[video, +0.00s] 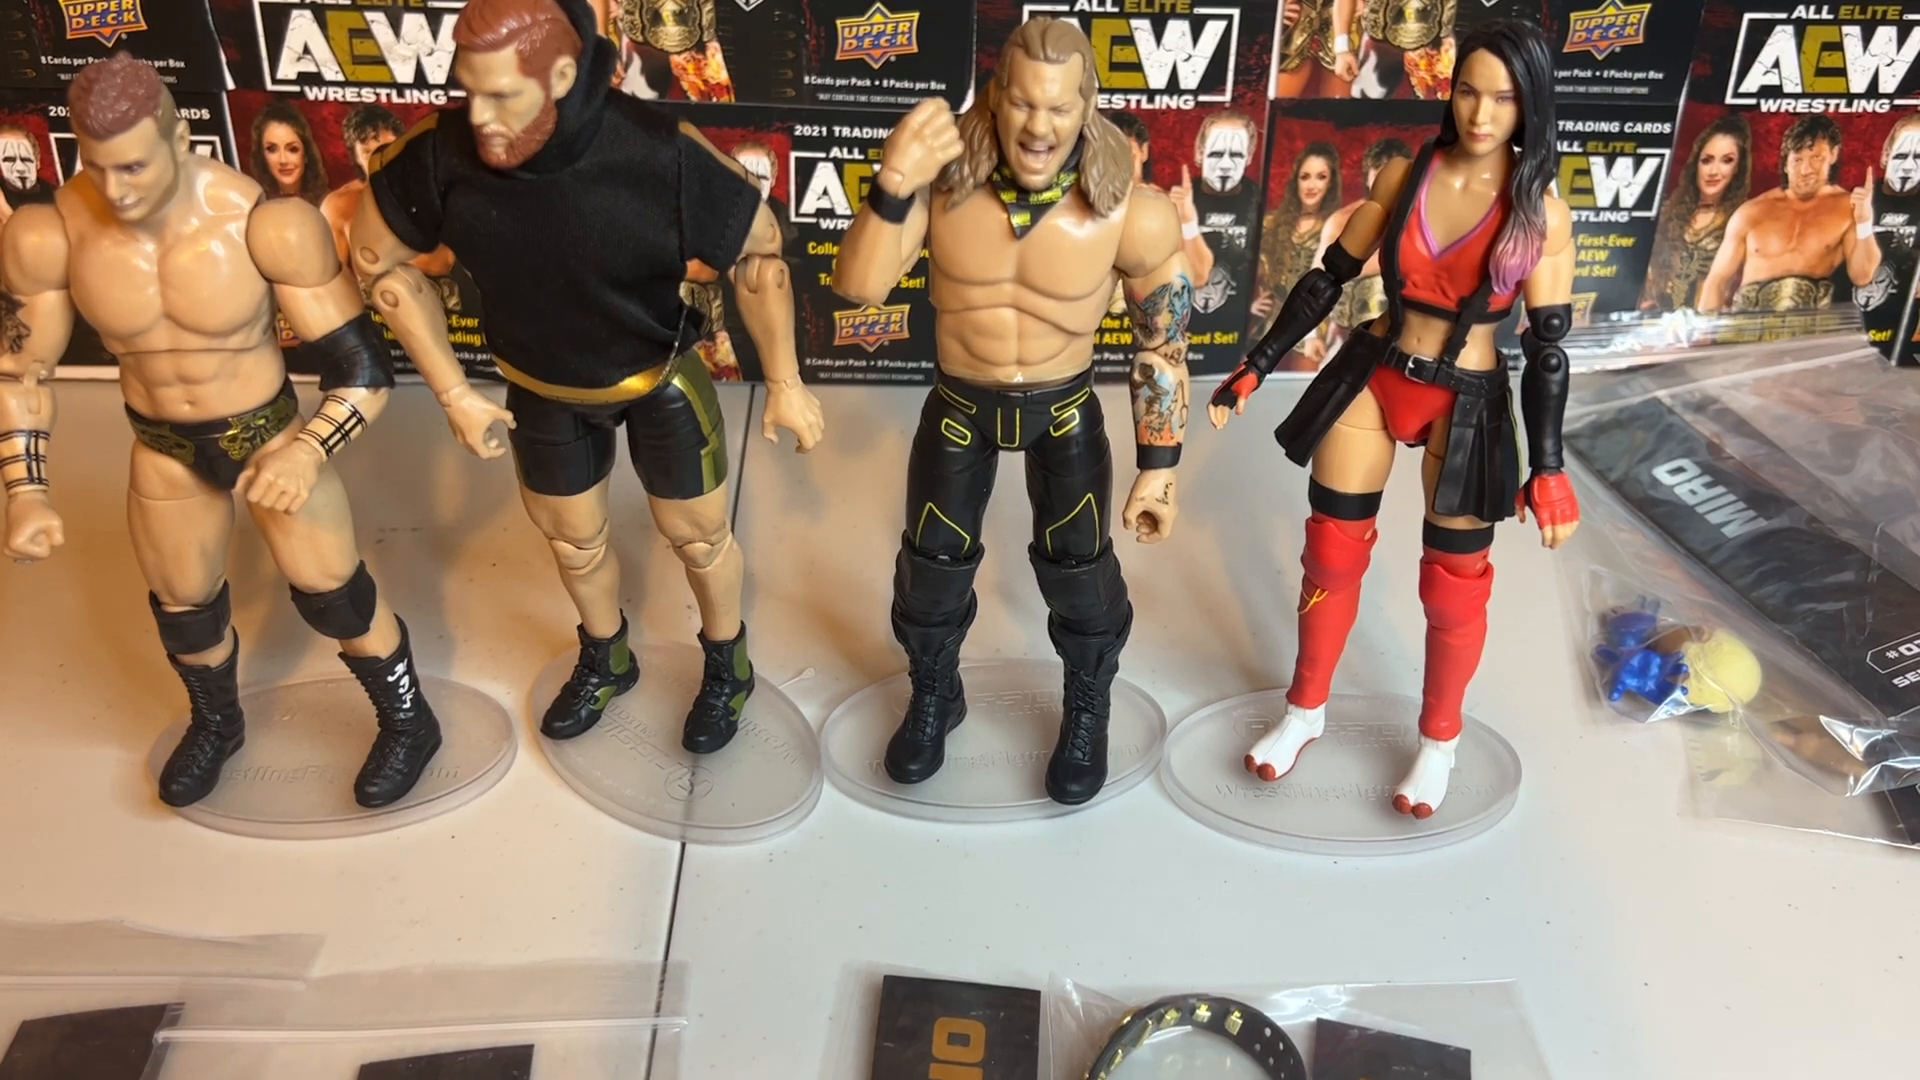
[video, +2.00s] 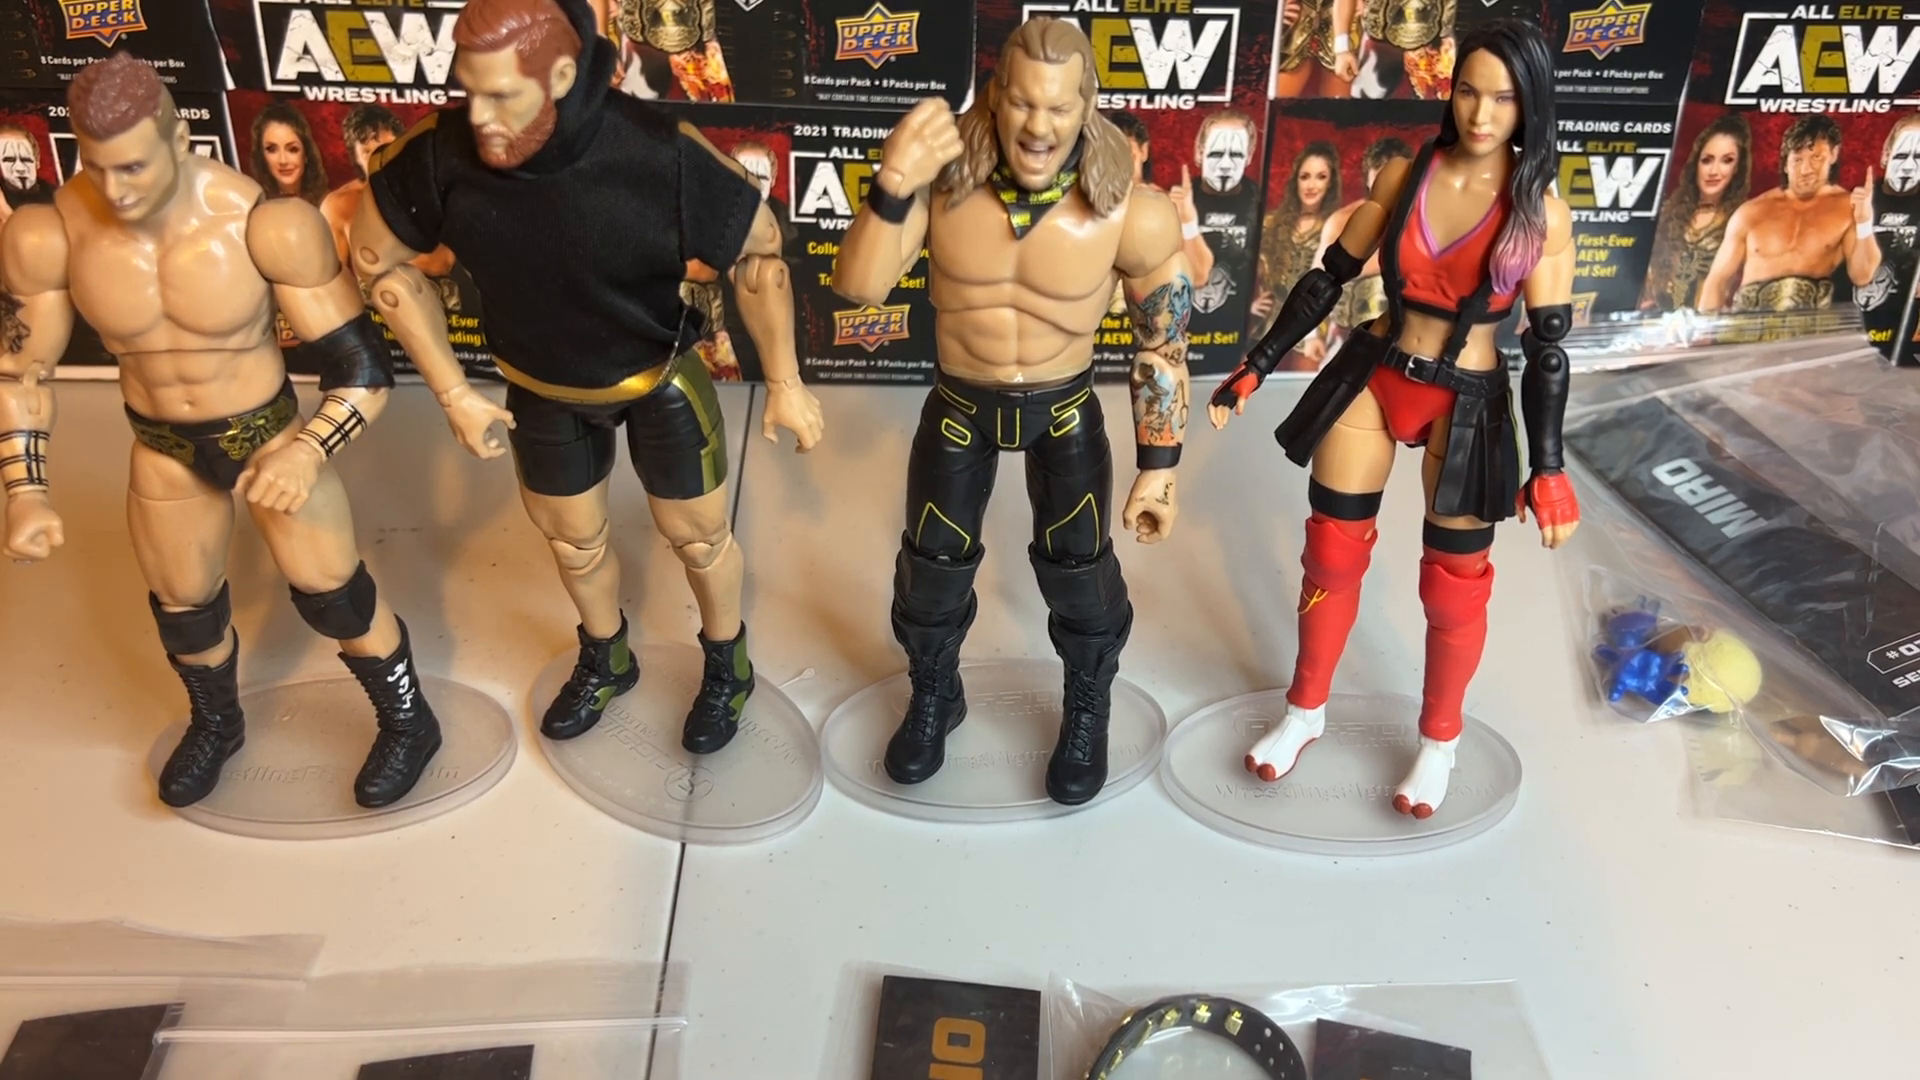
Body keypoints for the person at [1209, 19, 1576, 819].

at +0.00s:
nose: (1479, 113)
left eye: (1500, 98)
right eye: (1468, 93)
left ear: (1528, 108)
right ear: (1450, 93)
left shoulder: (1540, 208)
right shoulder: (1406, 175)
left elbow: (1548, 343)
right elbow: (1332, 273)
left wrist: (1548, 465)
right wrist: (1255, 364)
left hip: (1466, 403)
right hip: (1371, 382)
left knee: (1453, 589)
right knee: (1331, 559)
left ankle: (1437, 742)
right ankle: (1304, 709)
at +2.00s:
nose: (1479, 113)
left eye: (1500, 98)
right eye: (1469, 93)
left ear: (1528, 108)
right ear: (1450, 93)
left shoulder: (1540, 208)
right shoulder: (1406, 174)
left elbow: (1548, 343)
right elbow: (1332, 273)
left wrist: (1548, 464)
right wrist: (1256, 363)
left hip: (1466, 404)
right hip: (1371, 383)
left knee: (1454, 590)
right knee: (1331, 559)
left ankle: (1438, 741)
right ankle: (1304, 710)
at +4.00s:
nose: (1479, 113)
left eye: (1501, 99)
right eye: (1469, 93)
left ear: (1528, 108)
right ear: (1450, 93)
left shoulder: (1540, 208)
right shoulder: (1406, 174)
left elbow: (1549, 343)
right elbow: (1333, 273)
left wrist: (1549, 464)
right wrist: (1257, 363)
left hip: (1466, 405)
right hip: (1371, 383)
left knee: (1454, 591)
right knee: (1331, 560)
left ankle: (1438, 742)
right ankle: (1305, 710)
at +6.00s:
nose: (1480, 113)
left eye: (1501, 99)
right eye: (1469, 94)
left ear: (1528, 108)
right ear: (1451, 94)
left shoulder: (1540, 209)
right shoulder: (1406, 175)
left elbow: (1549, 345)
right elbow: (1333, 274)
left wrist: (1549, 466)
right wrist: (1256, 365)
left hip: (1467, 404)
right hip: (1372, 382)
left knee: (1454, 591)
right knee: (1331, 560)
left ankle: (1438, 742)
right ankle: (1304, 710)